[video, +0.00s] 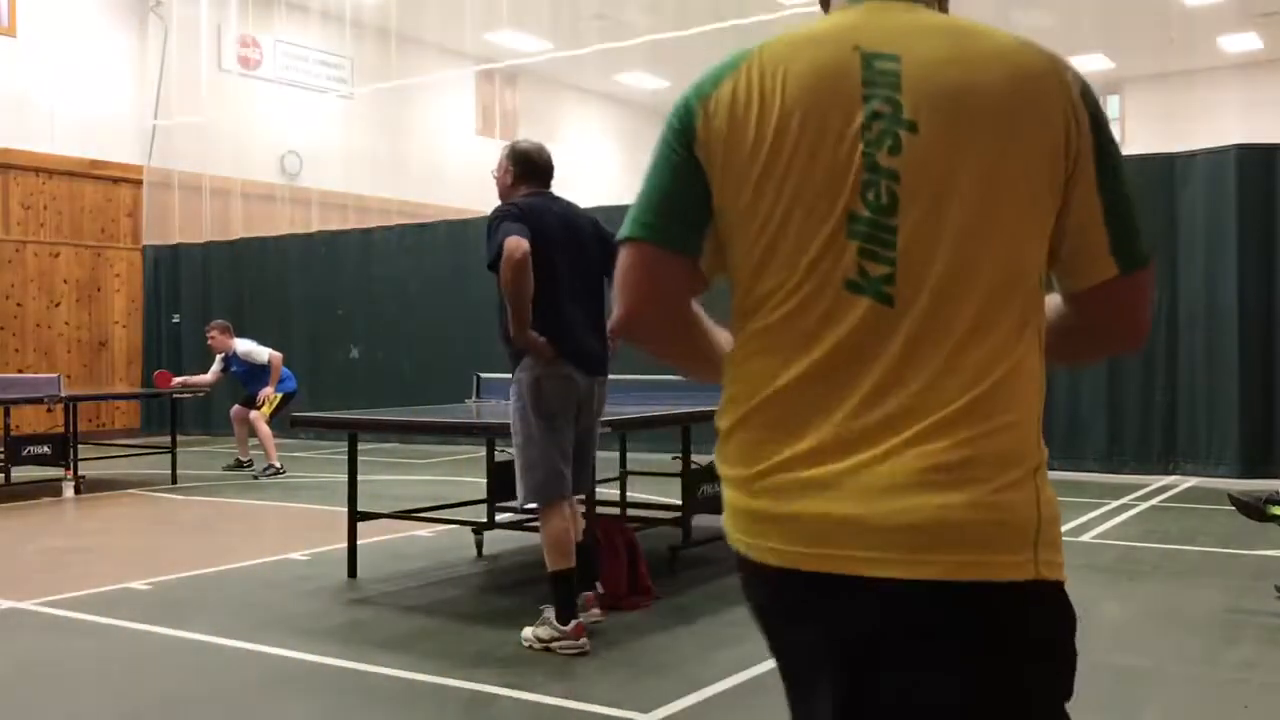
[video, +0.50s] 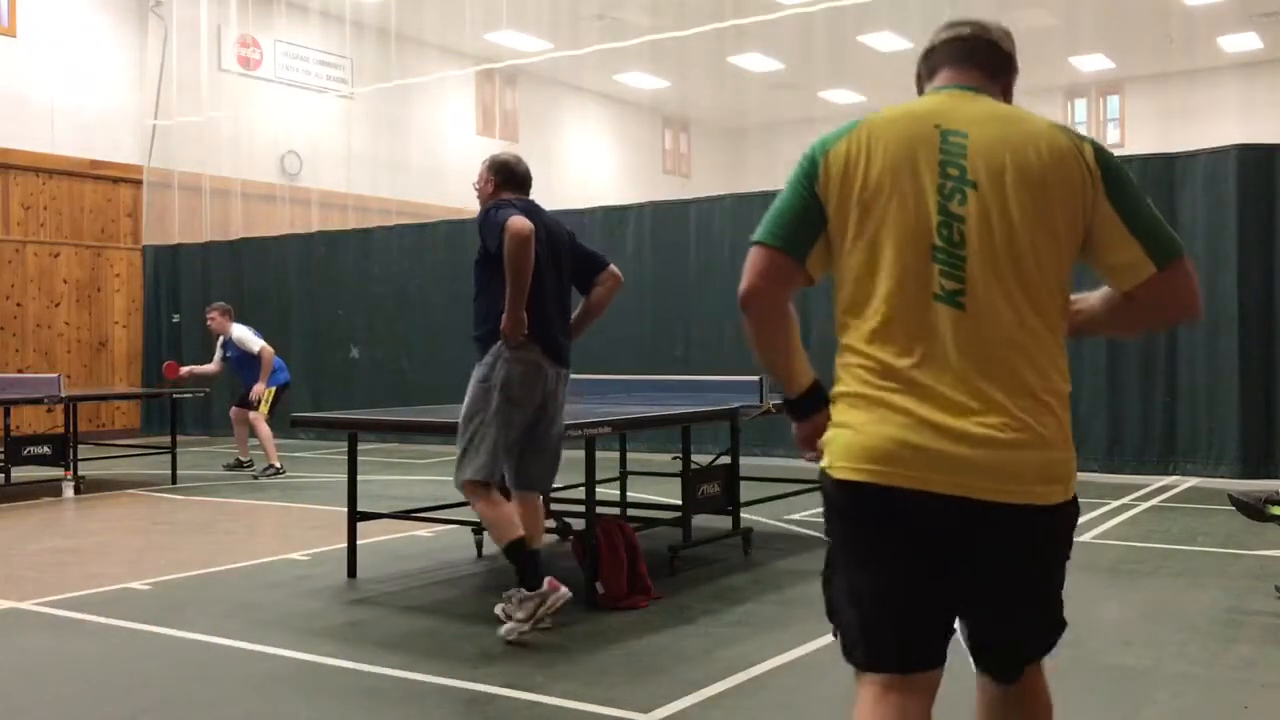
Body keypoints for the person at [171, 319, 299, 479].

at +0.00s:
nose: (209, 343)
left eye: (212, 338)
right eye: (208, 339)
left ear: (225, 336)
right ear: (222, 337)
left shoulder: (243, 348)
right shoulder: (223, 356)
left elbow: (276, 357)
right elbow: (210, 378)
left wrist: (271, 386)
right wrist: (184, 380)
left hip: (282, 386)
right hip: (261, 388)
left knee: (256, 416)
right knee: (237, 414)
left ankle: (275, 465)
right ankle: (244, 459)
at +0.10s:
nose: (209, 339)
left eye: (212, 335)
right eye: (208, 335)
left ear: (226, 332)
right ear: (222, 334)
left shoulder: (244, 346)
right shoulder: (223, 354)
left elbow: (276, 356)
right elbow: (210, 376)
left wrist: (270, 386)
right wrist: (183, 380)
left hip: (281, 385)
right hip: (260, 387)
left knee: (256, 416)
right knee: (238, 413)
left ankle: (275, 465)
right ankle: (244, 459)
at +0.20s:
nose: (209, 336)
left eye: (212, 331)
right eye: (209, 332)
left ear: (226, 328)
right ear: (222, 330)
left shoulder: (244, 342)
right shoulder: (222, 351)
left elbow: (275, 355)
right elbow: (209, 374)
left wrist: (270, 385)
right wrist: (183, 379)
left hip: (280, 384)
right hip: (259, 386)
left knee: (256, 416)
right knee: (238, 413)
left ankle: (275, 465)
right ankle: (244, 460)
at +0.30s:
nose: (209, 331)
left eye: (213, 326)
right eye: (209, 327)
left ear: (227, 325)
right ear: (221, 327)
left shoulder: (243, 339)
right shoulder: (222, 348)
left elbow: (274, 353)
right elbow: (210, 371)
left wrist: (268, 384)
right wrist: (185, 375)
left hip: (279, 382)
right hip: (261, 384)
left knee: (257, 417)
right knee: (239, 413)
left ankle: (275, 465)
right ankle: (244, 460)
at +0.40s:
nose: (209, 327)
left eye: (212, 322)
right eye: (208, 323)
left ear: (226, 321)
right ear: (222, 323)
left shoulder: (241, 335)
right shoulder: (223, 344)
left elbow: (271, 353)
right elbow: (214, 369)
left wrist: (266, 383)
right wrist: (189, 372)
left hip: (277, 380)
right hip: (260, 381)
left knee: (257, 416)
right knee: (239, 413)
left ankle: (275, 465)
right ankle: (244, 460)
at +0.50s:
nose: (208, 323)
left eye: (212, 319)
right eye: (207, 319)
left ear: (225, 318)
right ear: (221, 320)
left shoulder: (239, 333)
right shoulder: (223, 340)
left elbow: (267, 352)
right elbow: (215, 367)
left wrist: (262, 382)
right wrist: (191, 370)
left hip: (274, 379)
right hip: (259, 380)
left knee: (256, 417)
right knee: (237, 414)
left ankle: (275, 464)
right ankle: (244, 460)